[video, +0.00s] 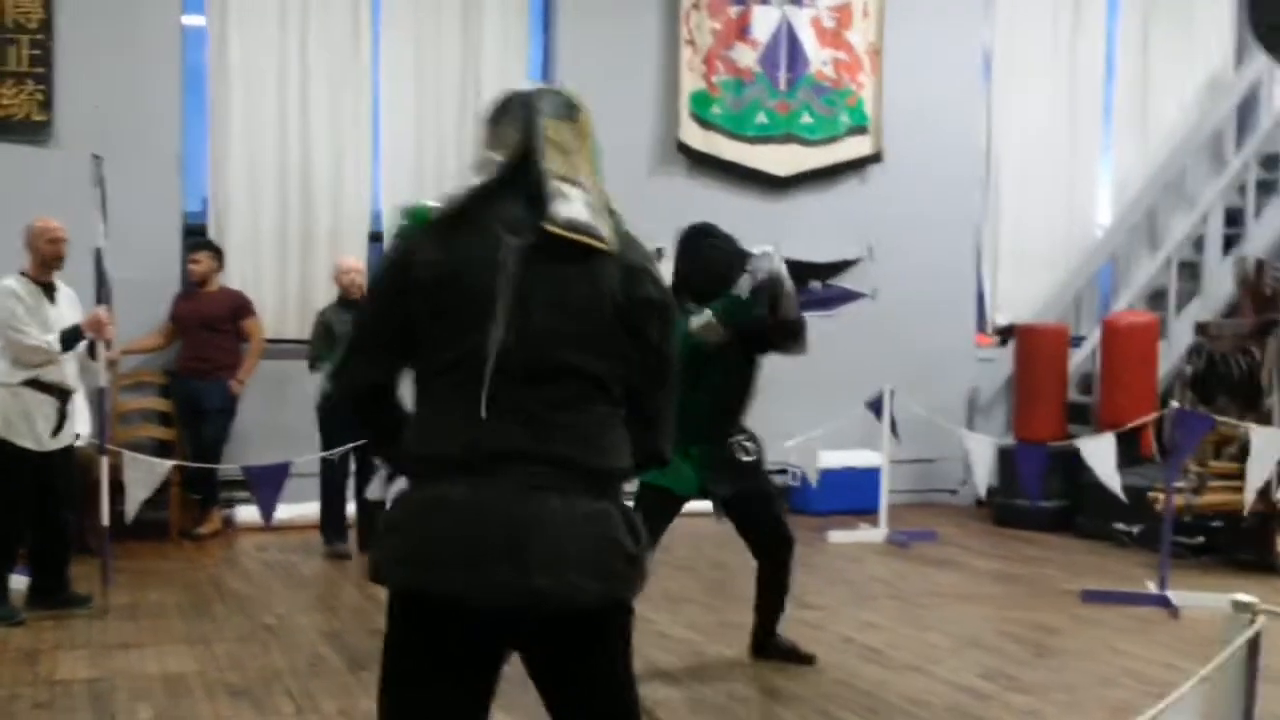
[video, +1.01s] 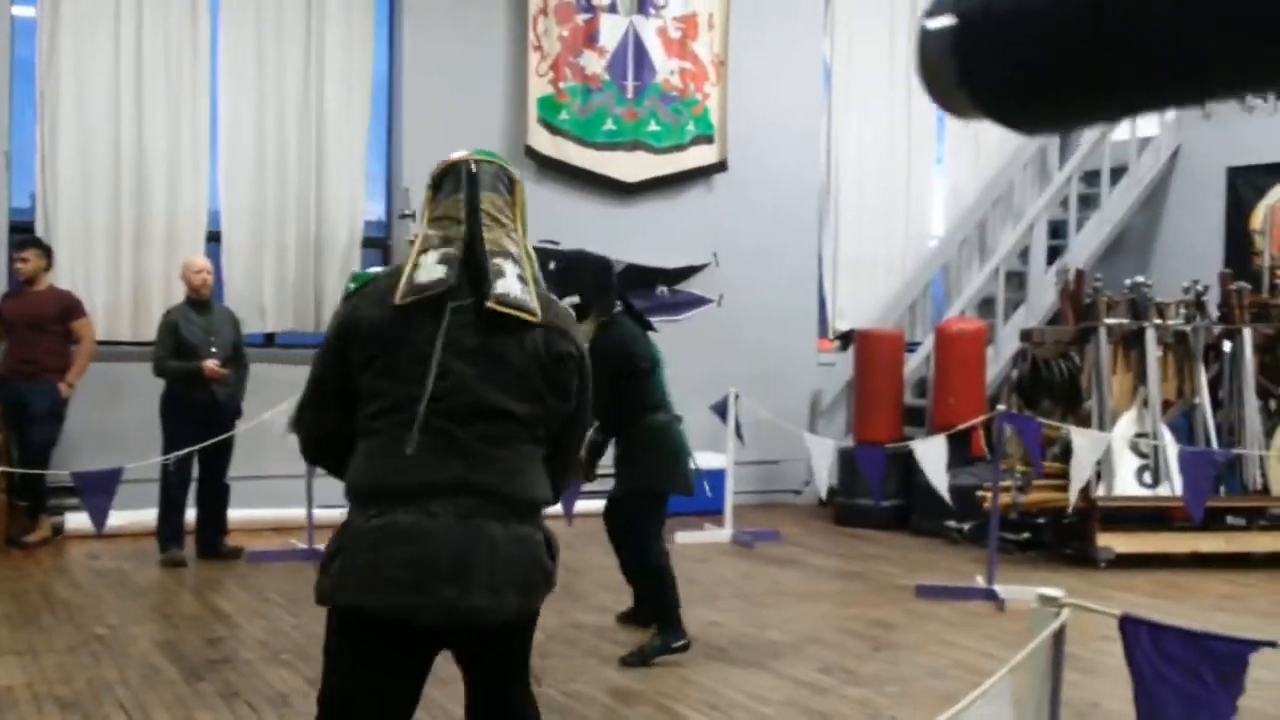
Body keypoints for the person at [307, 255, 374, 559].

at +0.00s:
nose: (352, 278)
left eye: (357, 272)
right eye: (346, 273)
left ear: (366, 277)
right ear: (336, 279)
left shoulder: (376, 314)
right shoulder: (329, 317)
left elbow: (388, 354)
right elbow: (316, 361)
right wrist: (339, 365)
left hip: (371, 398)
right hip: (337, 400)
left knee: (369, 470)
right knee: (334, 471)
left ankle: (371, 536)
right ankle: (335, 536)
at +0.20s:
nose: (328, 280)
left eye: (333, 274)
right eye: (322, 274)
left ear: (340, 278)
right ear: (312, 280)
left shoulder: (352, 318)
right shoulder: (303, 319)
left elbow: (367, 352)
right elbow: (291, 364)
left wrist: (356, 369)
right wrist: (324, 366)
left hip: (345, 401)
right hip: (311, 401)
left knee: (344, 471)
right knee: (307, 470)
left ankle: (344, 535)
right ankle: (304, 538)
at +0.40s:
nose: (292, 278)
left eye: (297, 272)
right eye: (286, 272)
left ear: (303, 277)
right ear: (275, 279)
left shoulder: (317, 317)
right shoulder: (266, 317)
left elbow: (330, 358)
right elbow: (252, 363)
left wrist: (316, 369)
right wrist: (289, 366)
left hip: (310, 406)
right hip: (274, 405)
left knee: (306, 475)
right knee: (269, 474)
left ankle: (305, 537)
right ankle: (266, 540)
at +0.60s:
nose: (270, 279)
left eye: (275, 272)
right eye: (264, 273)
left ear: (282, 277)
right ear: (253, 279)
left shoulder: (294, 318)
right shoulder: (244, 318)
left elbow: (307, 360)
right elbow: (231, 364)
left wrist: (303, 397)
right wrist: (267, 367)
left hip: (288, 404)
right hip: (252, 404)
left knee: (284, 476)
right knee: (247, 474)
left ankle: (282, 540)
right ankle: (244, 543)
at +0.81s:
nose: (241, 279)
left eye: (245, 273)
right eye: (234, 274)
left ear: (251, 279)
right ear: (221, 280)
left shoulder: (263, 319)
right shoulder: (211, 320)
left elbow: (276, 363)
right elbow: (198, 366)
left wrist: (269, 397)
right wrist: (235, 368)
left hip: (256, 407)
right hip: (219, 407)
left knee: (251, 479)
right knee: (213, 477)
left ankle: (248, 542)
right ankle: (209, 545)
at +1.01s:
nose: (204, 277)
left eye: (208, 272)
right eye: (198, 272)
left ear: (214, 277)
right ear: (184, 278)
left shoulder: (227, 317)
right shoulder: (174, 318)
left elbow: (240, 362)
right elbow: (161, 365)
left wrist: (233, 398)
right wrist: (198, 367)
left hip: (220, 408)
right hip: (181, 408)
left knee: (214, 479)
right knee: (176, 477)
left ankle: (211, 541)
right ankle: (171, 545)